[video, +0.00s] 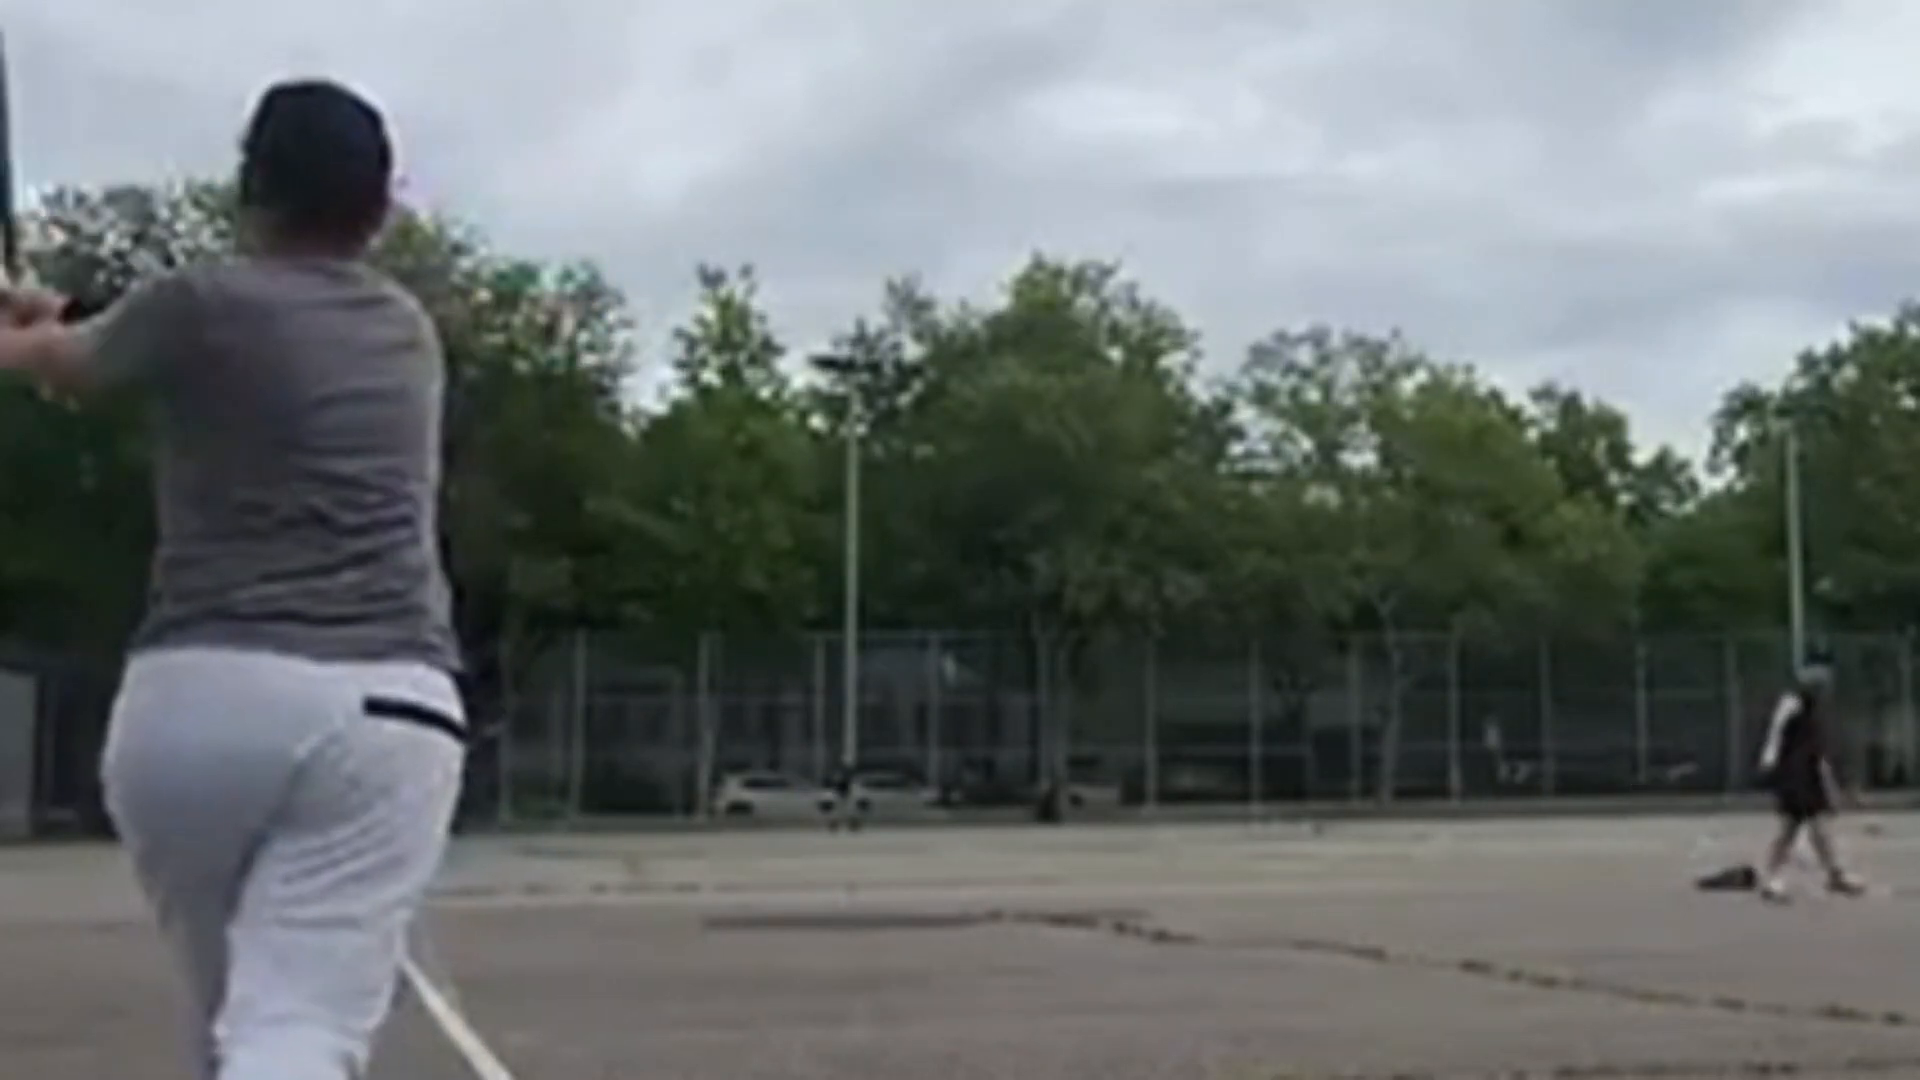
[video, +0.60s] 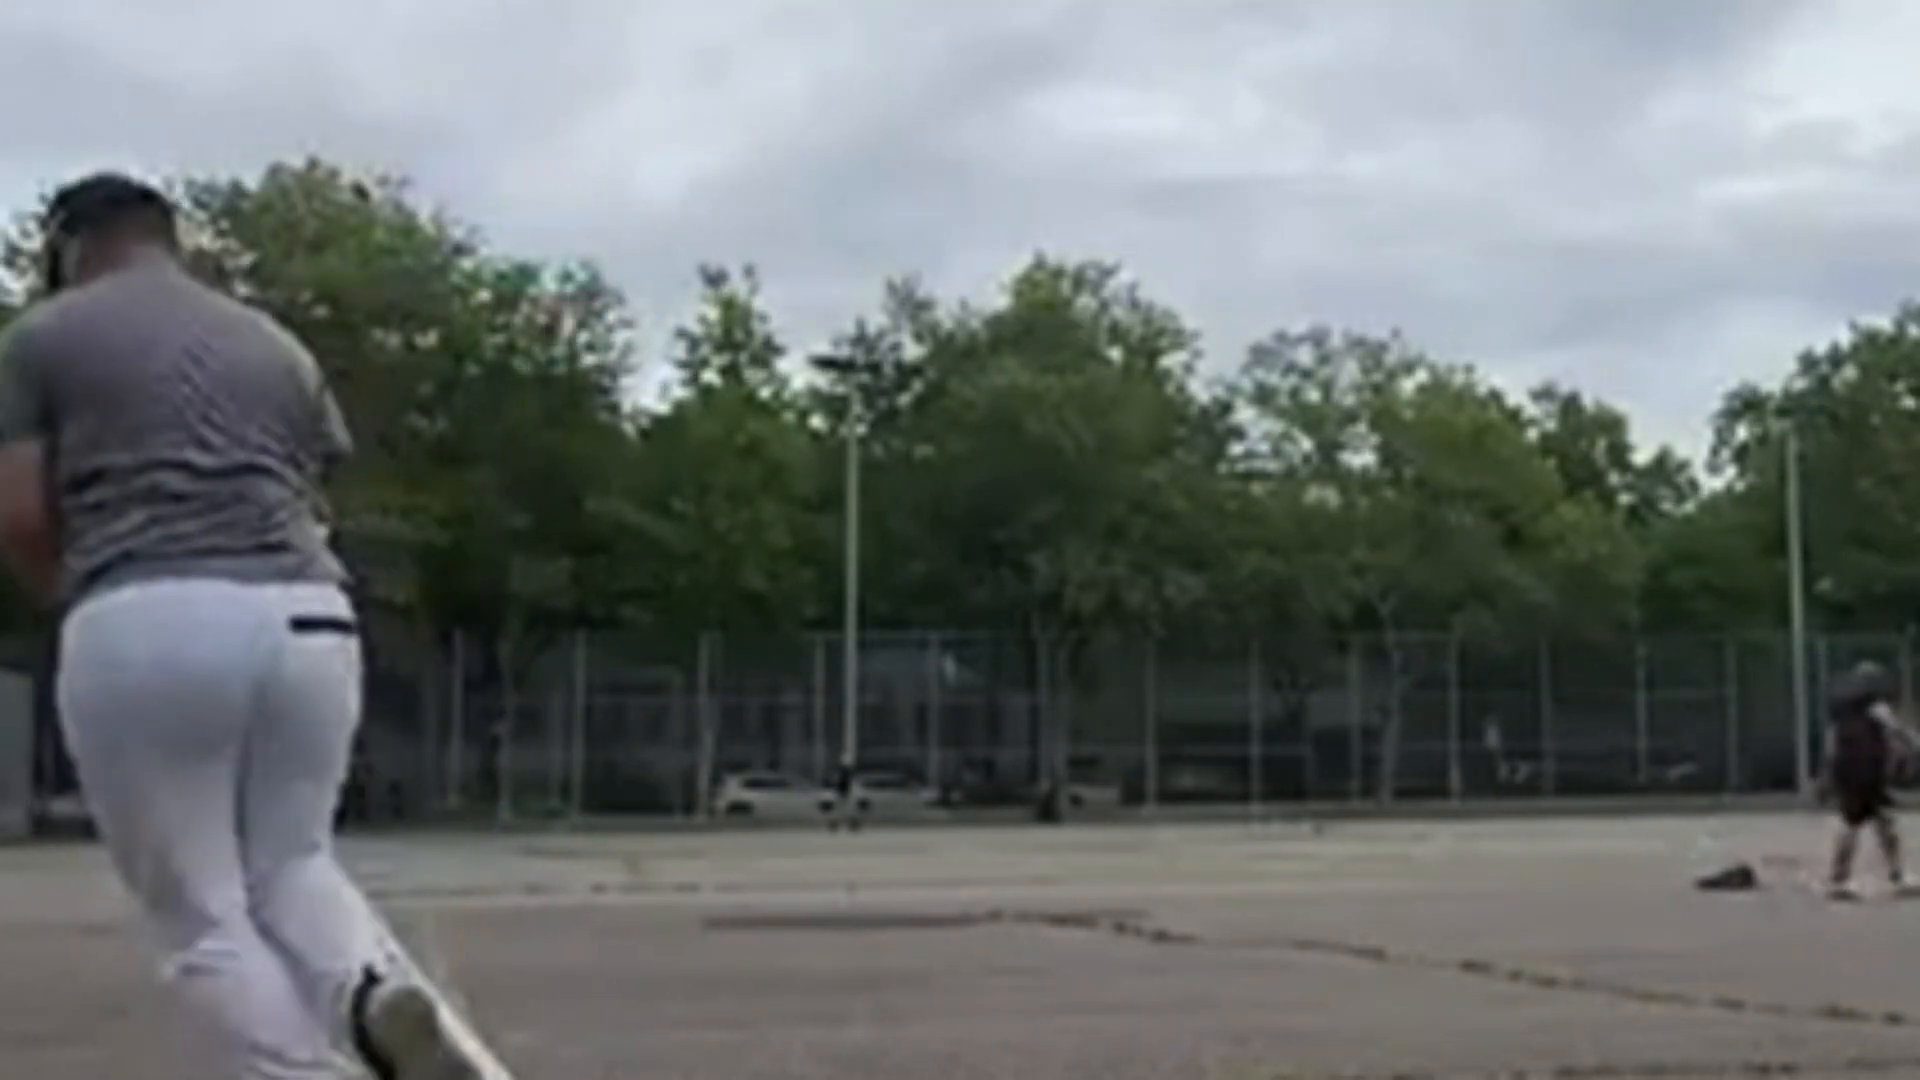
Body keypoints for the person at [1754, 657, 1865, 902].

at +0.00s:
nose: (1822, 690)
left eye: (1824, 685)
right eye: (1818, 684)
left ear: (1823, 687)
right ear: (1808, 683)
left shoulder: (1812, 707)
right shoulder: (1792, 702)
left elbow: (1819, 751)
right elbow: (1776, 730)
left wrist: (1831, 788)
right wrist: (1768, 761)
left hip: (1806, 773)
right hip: (1793, 772)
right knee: (1816, 822)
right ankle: (1835, 875)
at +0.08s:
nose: (1827, 687)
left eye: (1829, 681)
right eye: (1824, 680)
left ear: (1826, 682)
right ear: (1812, 679)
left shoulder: (1815, 705)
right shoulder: (1801, 705)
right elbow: (1789, 733)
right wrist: (1780, 760)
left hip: (1812, 772)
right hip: (1806, 773)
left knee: (1800, 824)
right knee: (1823, 824)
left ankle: (1769, 875)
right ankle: (1838, 880)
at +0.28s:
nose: (1840, 681)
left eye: (1841, 675)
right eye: (1834, 675)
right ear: (1823, 679)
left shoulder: (1825, 710)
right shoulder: (1830, 711)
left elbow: (1829, 750)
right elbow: (1835, 749)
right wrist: (1842, 778)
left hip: (1825, 775)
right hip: (1833, 776)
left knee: (1833, 824)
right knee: (1844, 823)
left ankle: (1791, 864)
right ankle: (1840, 882)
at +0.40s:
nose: (1861, 690)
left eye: (1860, 685)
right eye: (1858, 686)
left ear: (1837, 683)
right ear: (1855, 685)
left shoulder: (1825, 705)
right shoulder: (1850, 703)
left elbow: (1811, 739)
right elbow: (1866, 733)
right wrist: (1889, 759)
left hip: (1824, 768)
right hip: (1843, 769)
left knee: (1848, 820)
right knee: (1857, 816)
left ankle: (1839, 878)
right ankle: (1825, 867)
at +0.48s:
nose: (1865, 688)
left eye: (1863, 684)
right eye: (1862, 684)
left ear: (1838, 682)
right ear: (1860, 683)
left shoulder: (1826, 704)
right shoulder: (1858, 702)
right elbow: (1879, 732)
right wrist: (1906, 754)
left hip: (1826, 770)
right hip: (1851, 770)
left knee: (1852, 821)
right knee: (1862, 820)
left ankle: (1839, 876)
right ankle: (1842, 878)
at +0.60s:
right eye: (1872, 686)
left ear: (1849, 690)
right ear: (1873, 689)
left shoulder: (1839, 717)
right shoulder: (1879, 714)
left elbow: (1830, 754)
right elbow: (1899, 743)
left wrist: (1826, 782)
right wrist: (1894, 772)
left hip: (1848, 782)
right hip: (1874, 780)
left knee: (1848, 830)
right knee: (1886, 827)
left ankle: (1838, 878)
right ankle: (1895, 874)